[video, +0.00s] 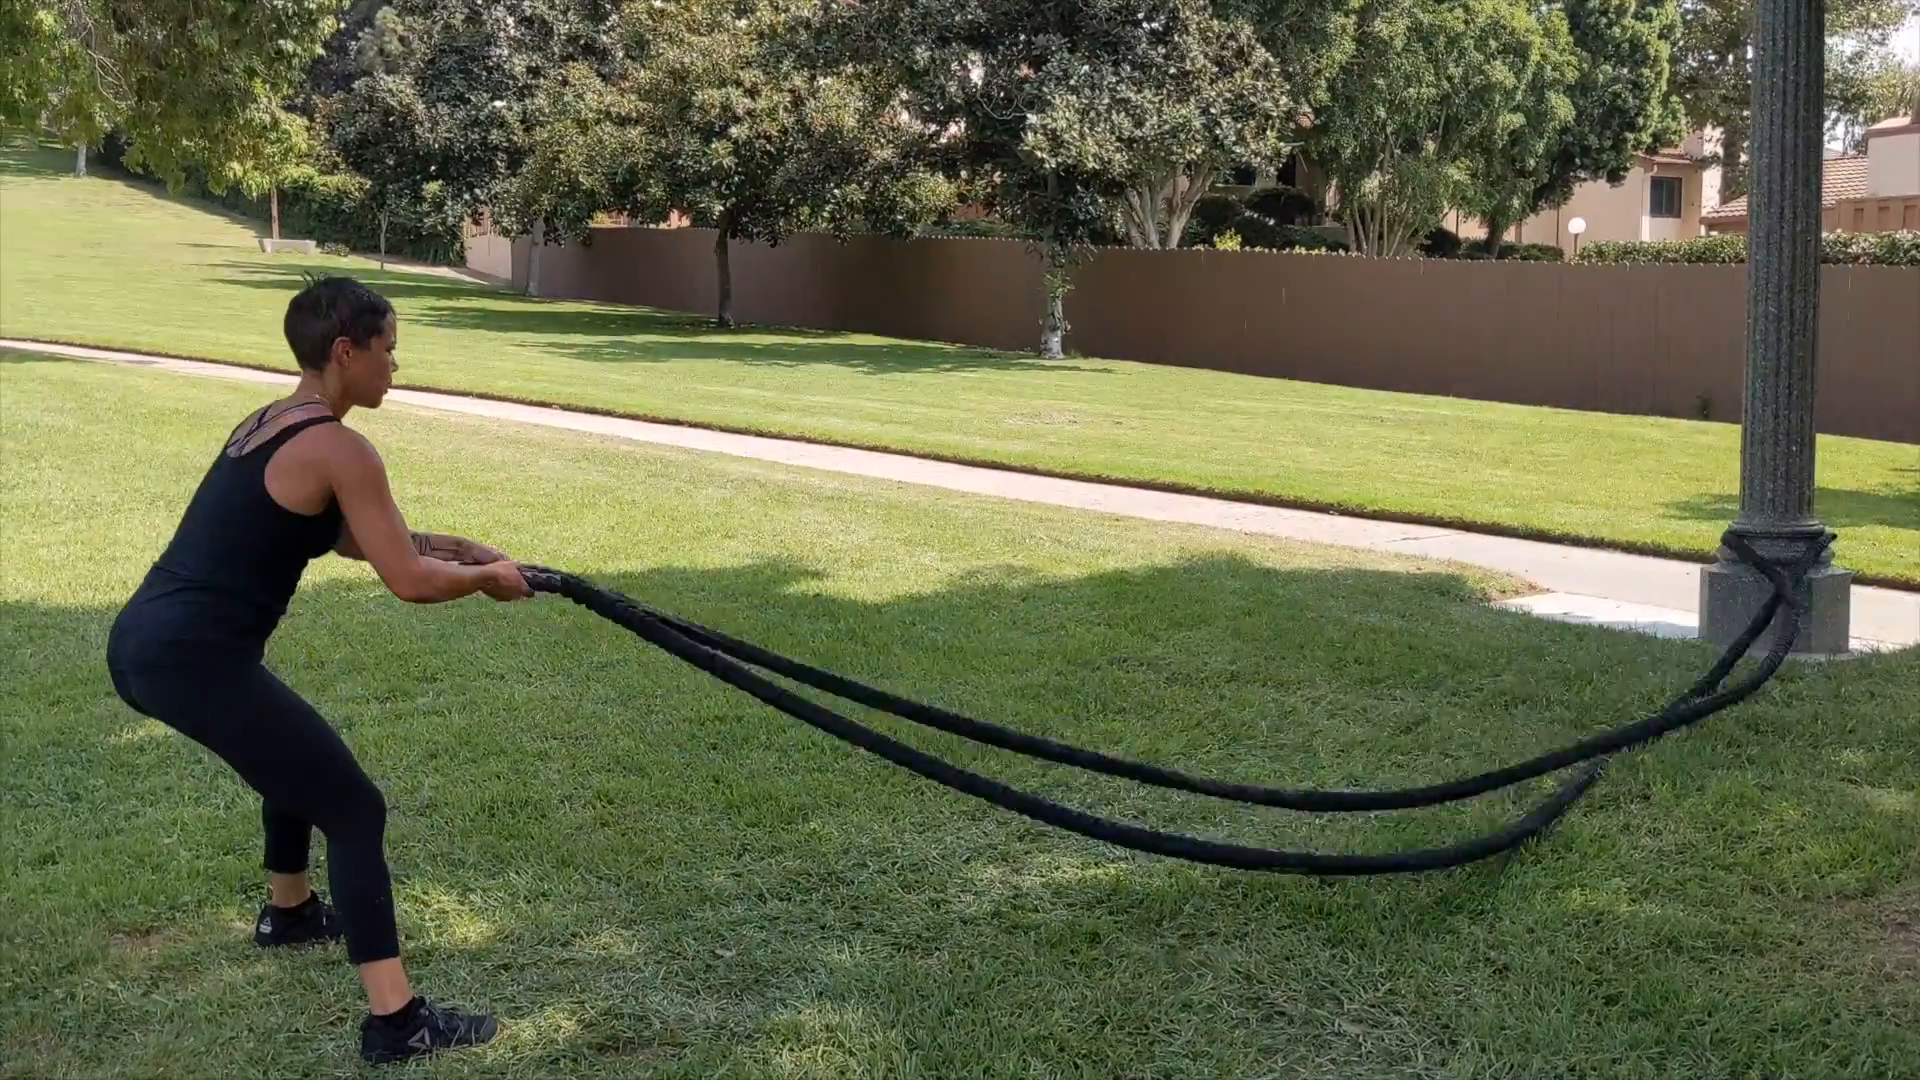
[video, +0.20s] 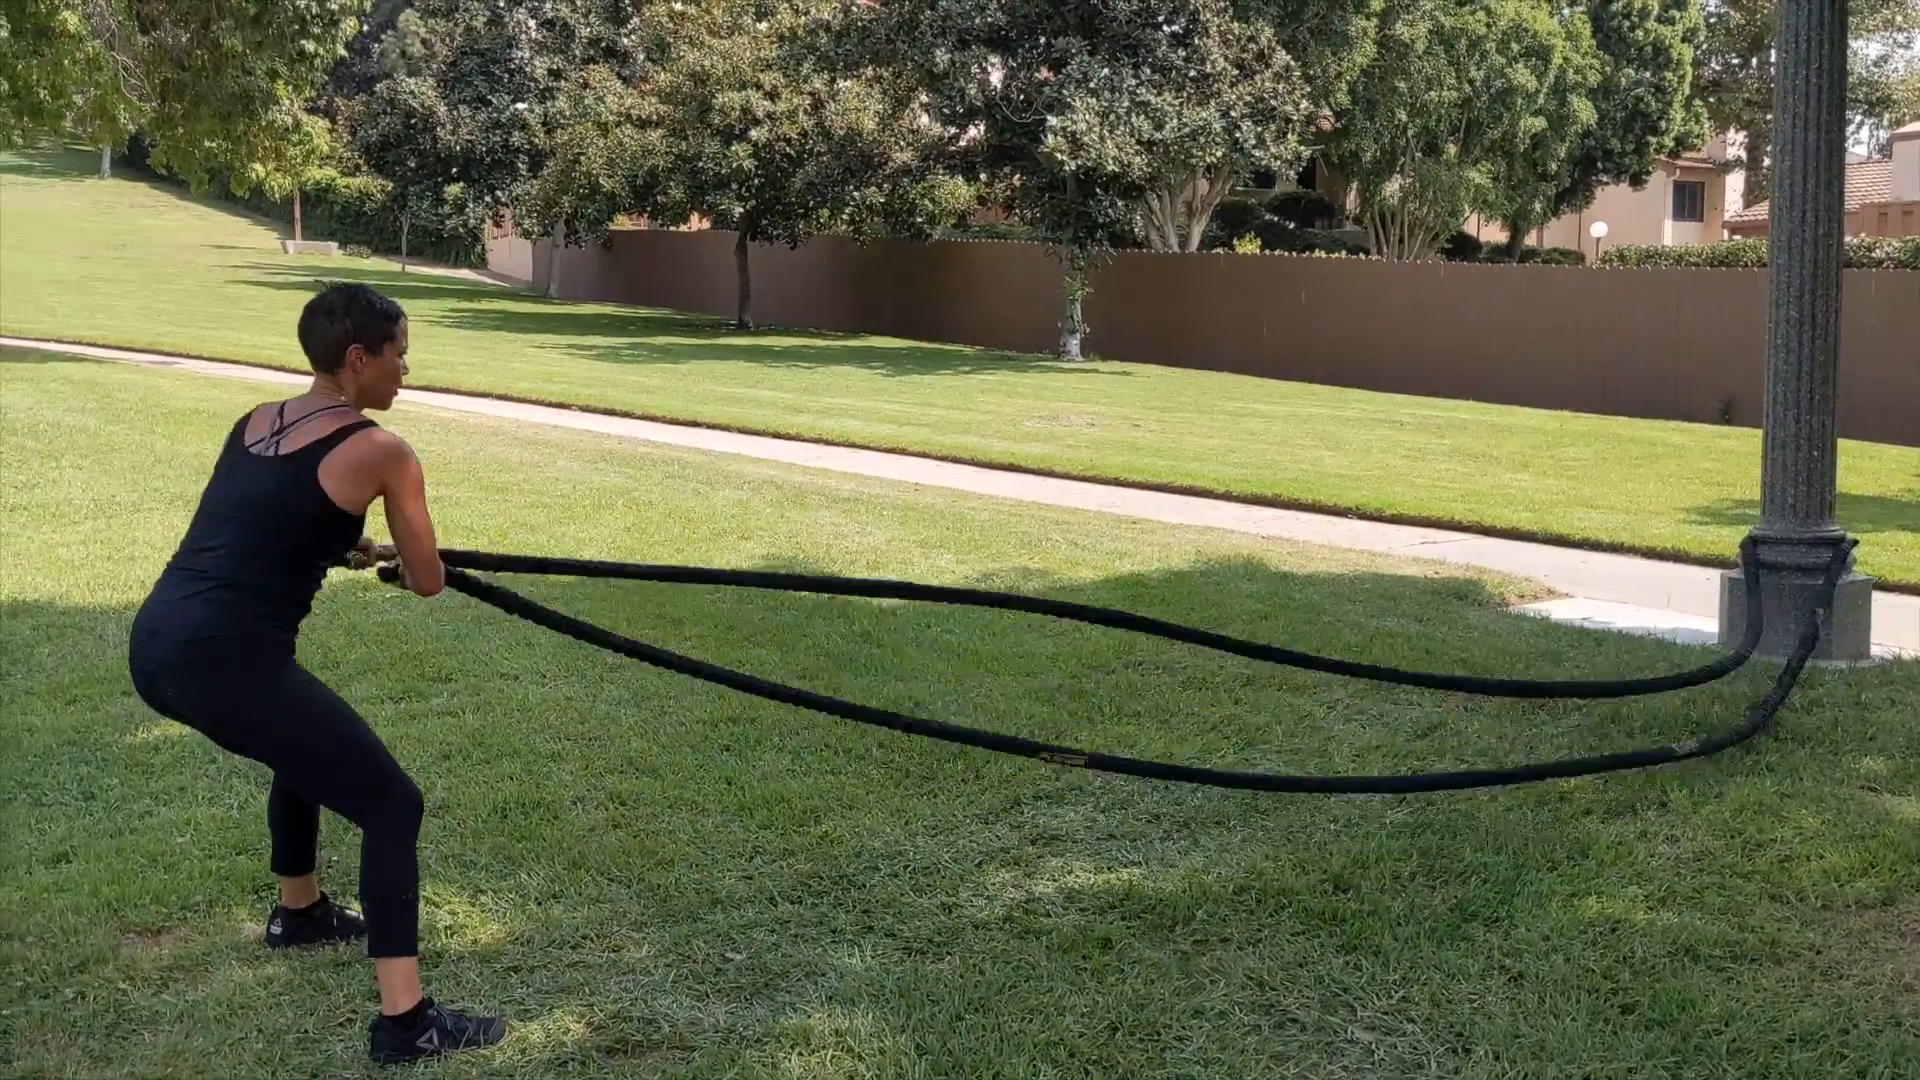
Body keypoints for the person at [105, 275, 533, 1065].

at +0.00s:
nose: (394, 369)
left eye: (395, 352)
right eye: (388, 351)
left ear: (327, 352)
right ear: (344, 350)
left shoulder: (267, 421)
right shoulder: (343, 452)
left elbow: (334, 536)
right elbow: (409, 579)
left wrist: (448, 549)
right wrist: (487, 579)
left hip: (145, 644)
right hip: (196, 661)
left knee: (297, 753)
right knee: (354, 808)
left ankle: (290, 909)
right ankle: (394, 1015)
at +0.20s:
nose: (406, 368)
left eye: (406, 352)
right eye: (399, 353)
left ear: (331, 357)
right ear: (359, 356)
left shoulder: (261, 415)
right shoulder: (382, 451)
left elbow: (263, 520)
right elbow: (427, 578)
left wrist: (352, 545)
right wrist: (400, 556)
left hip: (158, 648)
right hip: (231, 662)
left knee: (303, 743)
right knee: (394, 804)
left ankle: (301, 908)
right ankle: (405, 1015)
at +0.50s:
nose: (472, 370)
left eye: (471, 354)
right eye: (465, 355)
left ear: (393, 359)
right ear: (425, 359)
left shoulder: (330, 424)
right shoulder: (438, 452)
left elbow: (311, 520)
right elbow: (508, 574)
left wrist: (384, 552)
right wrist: (485, 572)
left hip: (203, 647)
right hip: (266, 666)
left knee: (335, 751)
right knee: (432, 804)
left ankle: (334, 908)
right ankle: (437, 1018)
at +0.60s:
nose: (487, 371)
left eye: (486, 356)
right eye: (478, 356)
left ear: (419, 360)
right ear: (435, 357)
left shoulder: (371, 441)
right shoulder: (429, 446)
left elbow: (449, 563)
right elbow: (522, 565)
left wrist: (546, 582)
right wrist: (573, 569)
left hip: (220, 649)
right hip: (258, 667)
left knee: (350, 759)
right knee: (427, 806)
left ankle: (346, 907)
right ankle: (447, 1017)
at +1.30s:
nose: (439, 359)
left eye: (439, 343)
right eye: (431, 343)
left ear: (371, 349)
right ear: (384, 348)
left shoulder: (311, 415)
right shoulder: (389, 448)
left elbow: (353, 525)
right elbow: (464, 574)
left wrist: (461, 535)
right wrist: (525, 579)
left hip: (190, 641)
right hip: (242, 657)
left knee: (339, 758)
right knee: (396, 806)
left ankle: (341, 906)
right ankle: (431, 1020)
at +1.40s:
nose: (439, 362)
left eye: (438, 347)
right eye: (430, 347)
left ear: (367, 352)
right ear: (387, 351)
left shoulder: (290, 414)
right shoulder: (408, 453)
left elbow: (294, 513)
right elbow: (465, 579)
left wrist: (381, 543)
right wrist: (491, 585)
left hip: (182, 644)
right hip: (251, 658)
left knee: (332, 752)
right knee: (411, 807)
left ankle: (335, 907)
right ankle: (428, 1019)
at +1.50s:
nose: (444, 367)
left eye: (443, 352)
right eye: (436, 352)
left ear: (368, 358)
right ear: (395, 357)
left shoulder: (296, 416)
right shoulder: (416, 455)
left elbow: (203, 498)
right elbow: (471, 577)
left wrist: (297, 513)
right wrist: (468, 546)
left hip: (182, 645)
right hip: (252, 659)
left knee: (329, 751)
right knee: (415, 808)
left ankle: (333, 910)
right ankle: (424, 1022)